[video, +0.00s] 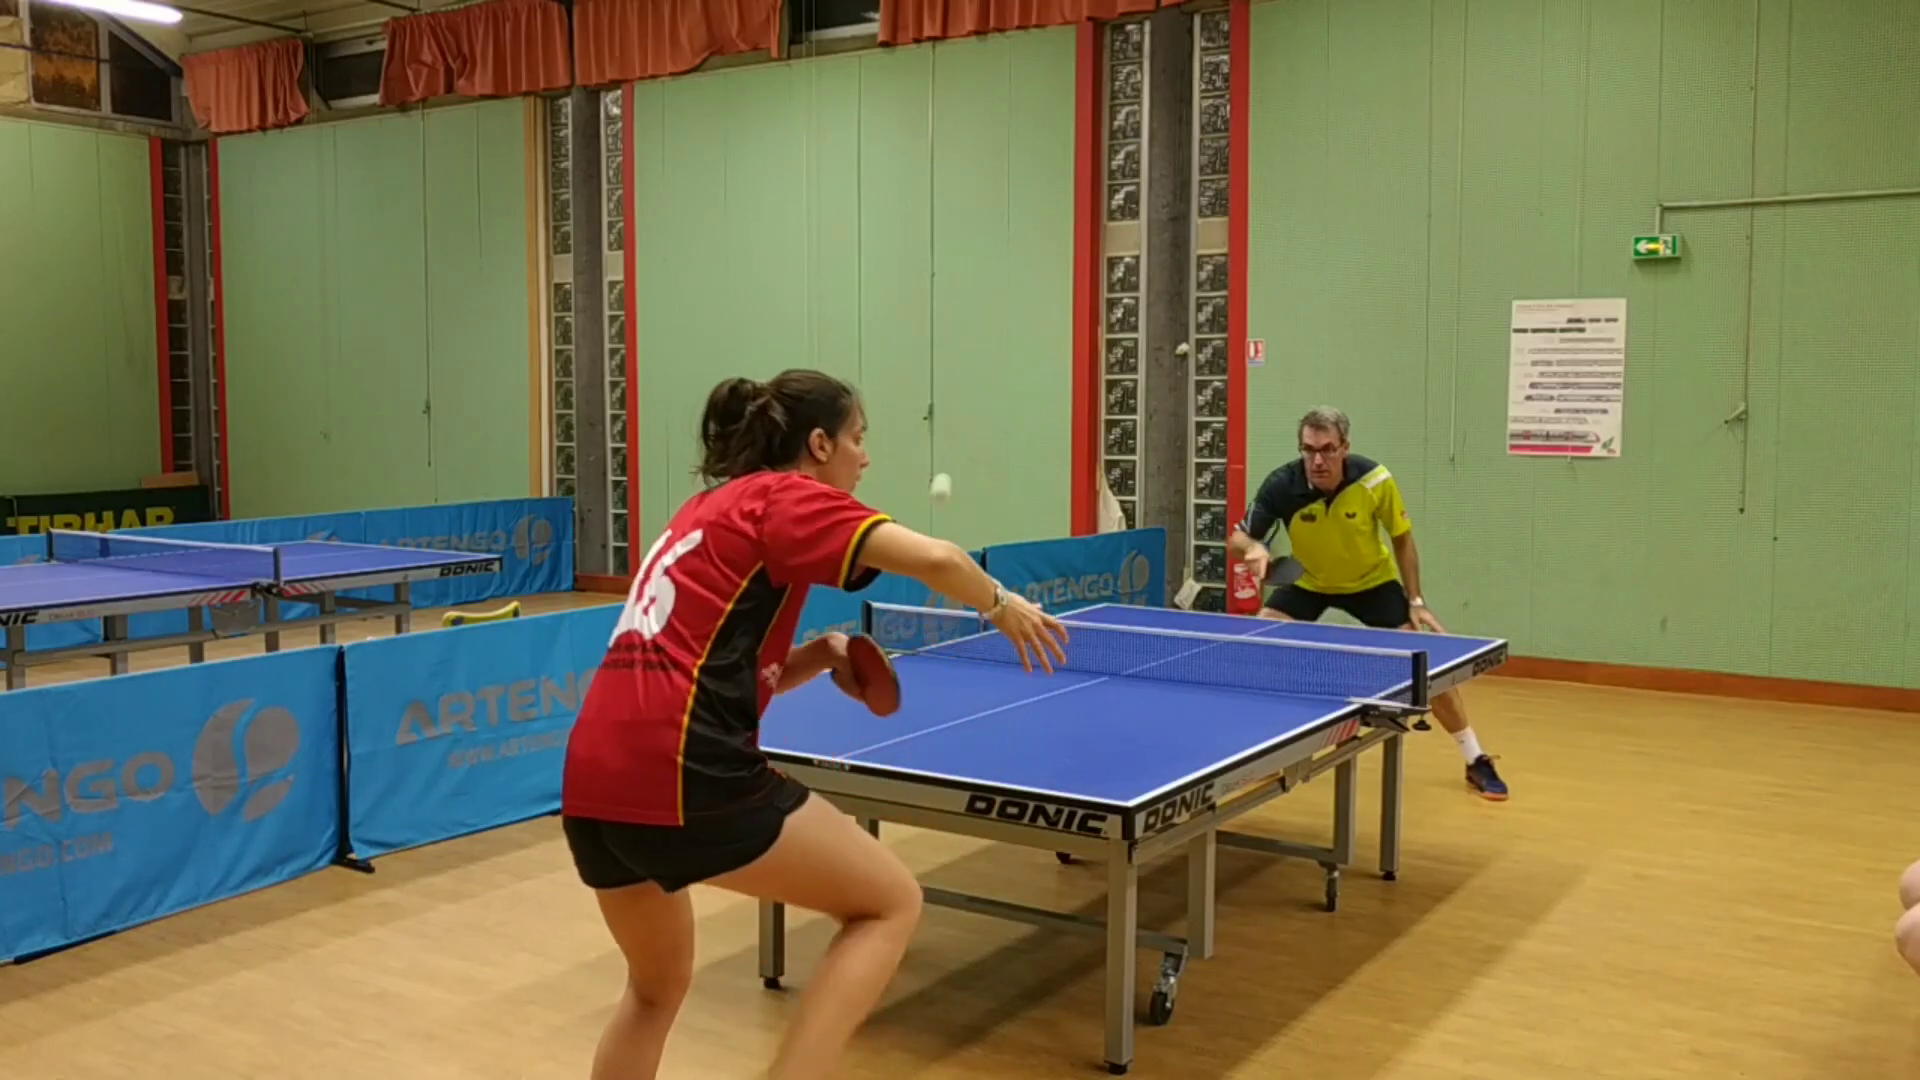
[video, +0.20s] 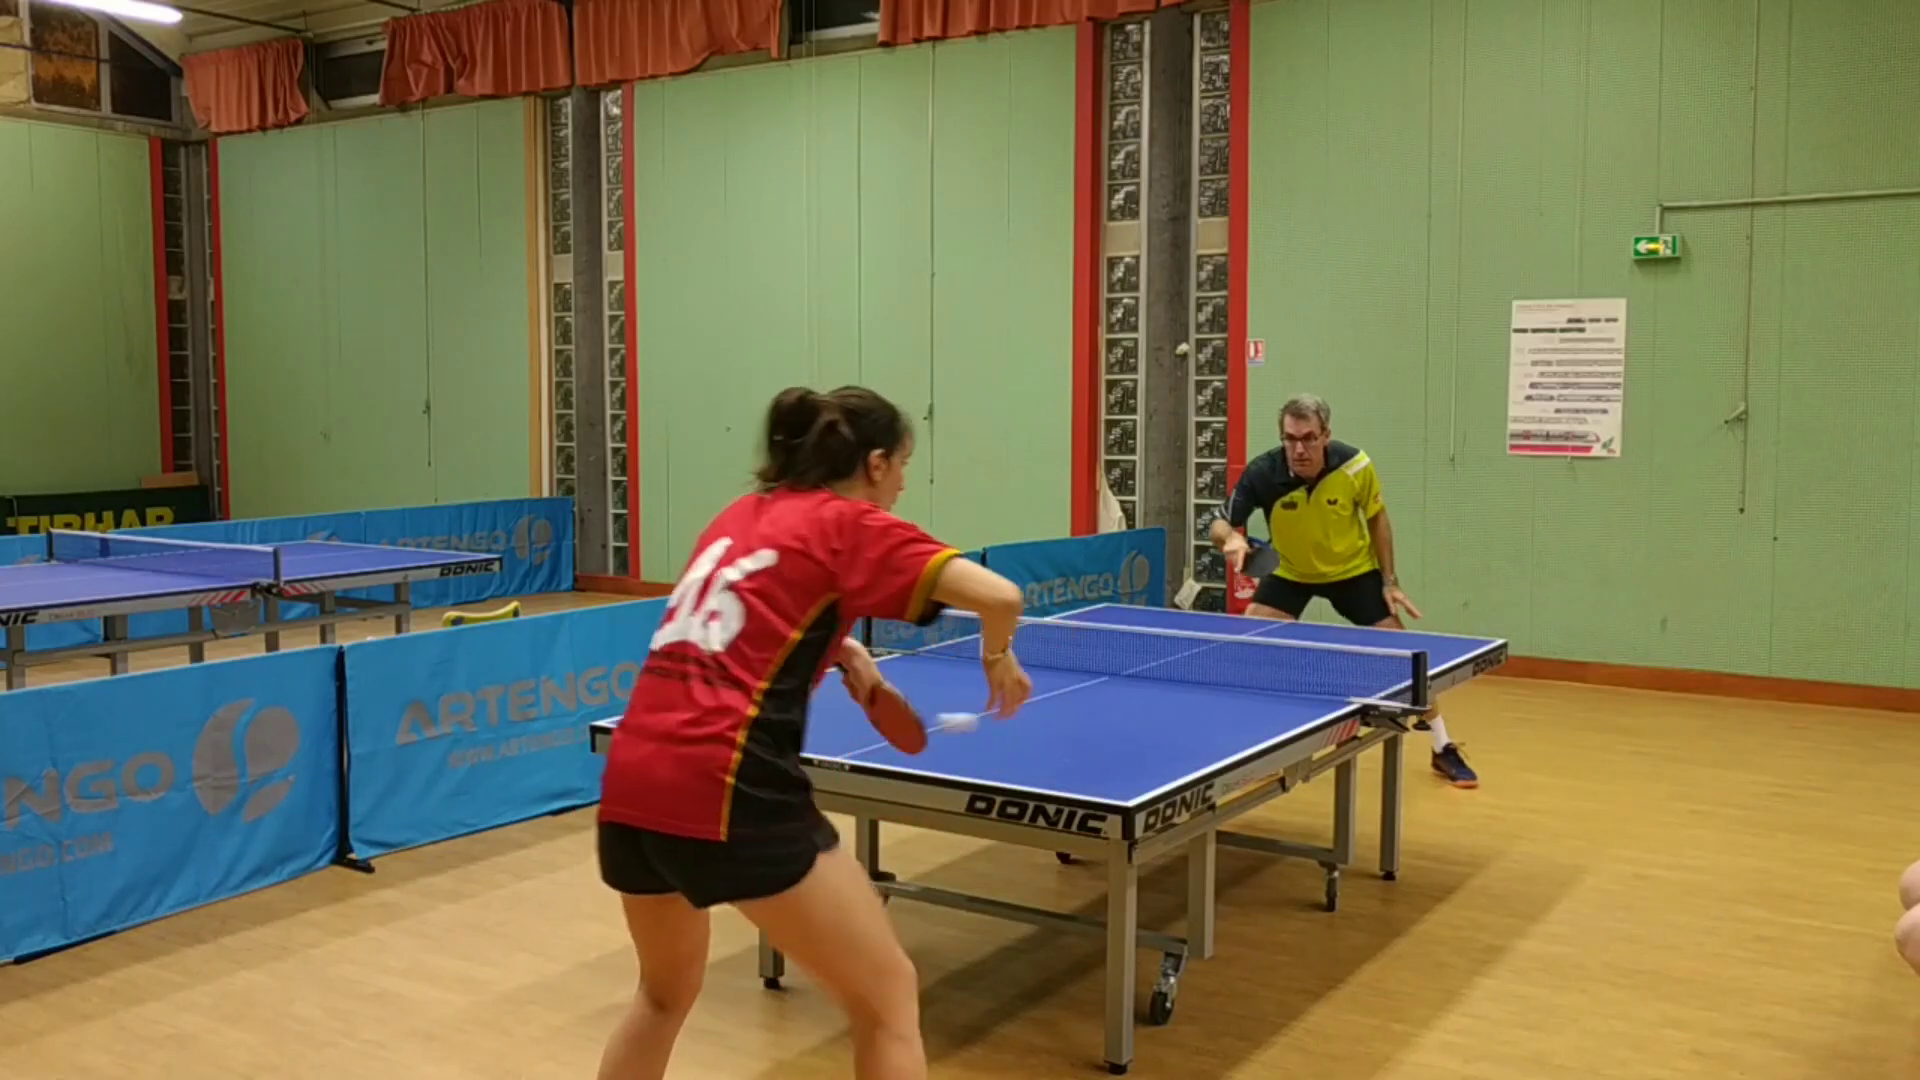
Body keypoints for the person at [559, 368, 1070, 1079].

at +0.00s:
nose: (865, 458)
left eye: (864, 442)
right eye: (858, 440)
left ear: (789, 442)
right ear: (816, 444)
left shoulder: (704, 510)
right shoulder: (786, 501)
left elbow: (720, 683)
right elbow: (935, 558)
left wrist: (819, 653)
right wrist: (1000, 602)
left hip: (593, 783)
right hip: (691, 780)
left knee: (653, 987)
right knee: (890, 902)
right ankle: (797, 1070)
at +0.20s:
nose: (903, 481)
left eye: (905, 466)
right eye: (902, 465)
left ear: (821, 456)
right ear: (873, 463)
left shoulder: (741, 512)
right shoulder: (848, 525)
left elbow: (765, 603)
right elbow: (1001, 597)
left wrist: (852, 658)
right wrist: (997, 654)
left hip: (629, 788)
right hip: (732, 794)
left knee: (660, 995)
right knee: (886, 996)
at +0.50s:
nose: (938, 466)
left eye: (940, 451)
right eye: (938, 450)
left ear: (849, 439)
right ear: (923, 453)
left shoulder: (791, 497)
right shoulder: (920, 518)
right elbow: (1080, 576)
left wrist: (938, 581)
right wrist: (1000, 575)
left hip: (684, 778)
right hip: (795, 794)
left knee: (663, 961)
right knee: (926, 992)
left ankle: (594, 1078)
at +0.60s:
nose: (922, 442)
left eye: (920, 429)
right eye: (919, 430)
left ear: (831, 437)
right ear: (905, 442)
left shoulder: (775, 500)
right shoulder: (908, 518)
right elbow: (1067, 570)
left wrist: (930, 569)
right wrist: (990, 559)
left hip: (677, 775)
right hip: (790, 790)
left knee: (640, 965)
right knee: (921, 991)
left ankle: (581, 1079)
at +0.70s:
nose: (892, 454)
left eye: (890, 439)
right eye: (889, 440)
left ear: (801, 450)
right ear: (873, 452)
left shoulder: (747, 516)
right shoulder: (877, 531)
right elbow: (1033, 589)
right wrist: (964, 572)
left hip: (652, 789)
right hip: (764, 802)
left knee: (626, 973)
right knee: (910, 988)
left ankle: (571, 1079)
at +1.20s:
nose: (837, 468)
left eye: (836, 455)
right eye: (835, 455)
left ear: (744, 460)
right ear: (815, 462)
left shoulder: (692, 529)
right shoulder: (817, 532)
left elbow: (718, 633)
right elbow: (947, 622)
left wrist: (815, 648)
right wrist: (911, 636)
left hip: (602, 787)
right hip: (704, 793)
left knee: (639, 927)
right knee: (857, 991)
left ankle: (565, 1074)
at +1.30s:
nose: (823, 489)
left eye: (821, 475)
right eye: (821, 477)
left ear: (733, 484)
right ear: (804, 485)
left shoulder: (681, 555)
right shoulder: (811, 559)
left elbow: (721, 682)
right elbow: (936, 652)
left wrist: (815, 684)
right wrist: (927, 680)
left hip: (599, 815)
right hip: (708, 820)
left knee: (623, 957)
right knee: (875, 987)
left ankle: (558, 1075)